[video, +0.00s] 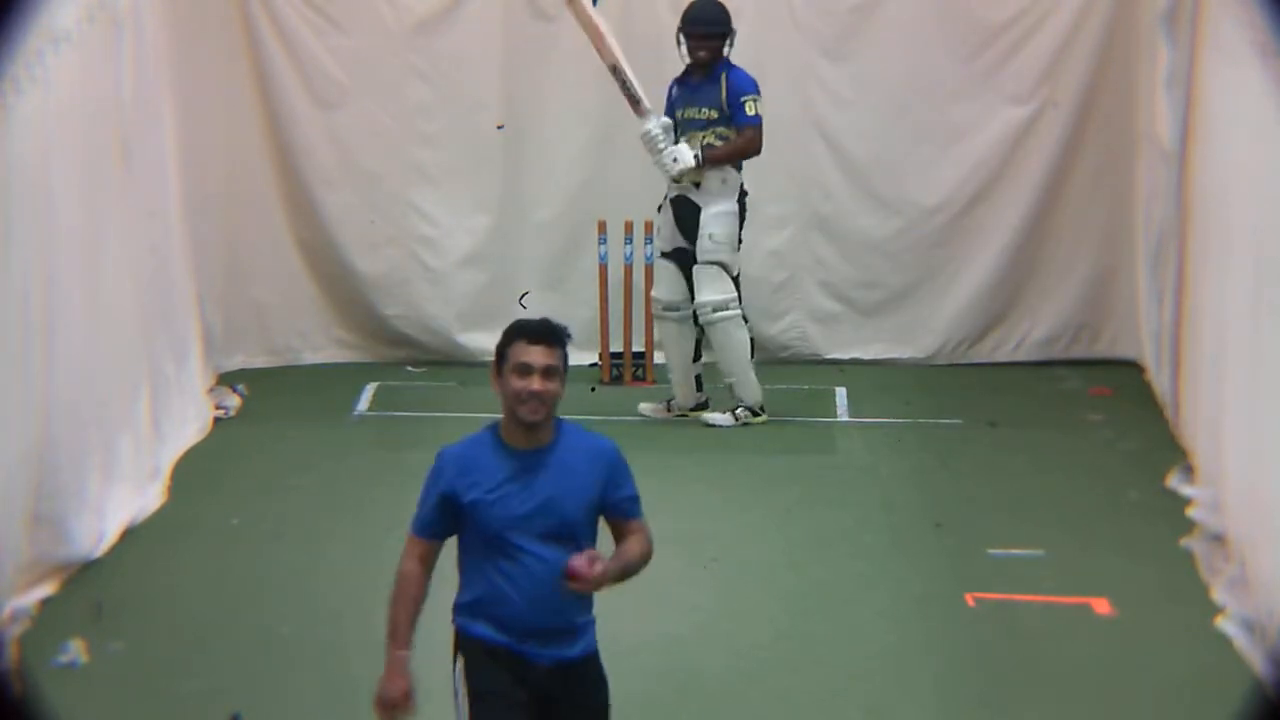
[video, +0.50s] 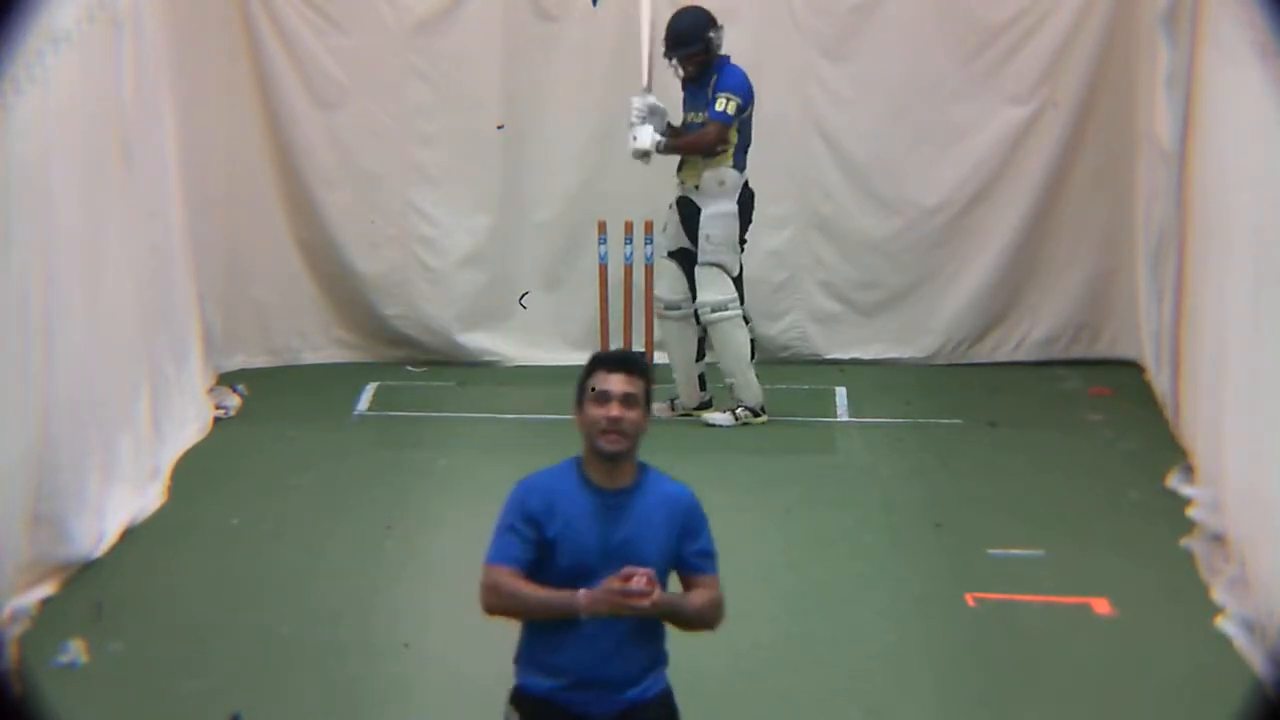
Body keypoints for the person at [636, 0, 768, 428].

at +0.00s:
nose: (700, 47)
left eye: (709, 40)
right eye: (692, 39)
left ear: (725, 40)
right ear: (683, 39)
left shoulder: (738, 83)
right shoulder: (678, 88)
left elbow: (752, 142)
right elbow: (670, 145)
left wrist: (699, 157)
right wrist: (659, 139)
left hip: (719, 200)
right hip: (679, 199)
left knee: (714, 296)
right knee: (671, 298)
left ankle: (749, 402)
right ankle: (686, 398)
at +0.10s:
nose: (702, 48)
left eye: (712, 41)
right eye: (695, 40)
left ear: (730, 41)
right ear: (687, 39)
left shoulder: (742, 82)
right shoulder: (685, 87)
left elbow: (754, 142)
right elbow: (678, 141)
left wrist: (700, 160)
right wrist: (664, 139)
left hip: (723, 199)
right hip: (684, 198)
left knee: (718, 297)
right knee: (670, 298)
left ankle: (749, 402)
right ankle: (686, 398)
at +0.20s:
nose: (703, 56)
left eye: (713, 48)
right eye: (697, 48)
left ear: (731, 46)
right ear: (688, 44)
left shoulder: (743, 82)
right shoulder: (694, 85)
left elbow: (749, 144)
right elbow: (687, 139)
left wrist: (695, 163)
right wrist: (667, 137)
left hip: (729, 201)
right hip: (692, 199)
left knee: (719, 297)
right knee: (667, 294)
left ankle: (749, 401)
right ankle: (686, 395)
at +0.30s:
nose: (700, 62)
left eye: (709, 54)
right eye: (694, 54)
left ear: (728, 47)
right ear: (686, 49)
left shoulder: (742, 82)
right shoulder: (699, 84)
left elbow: (742, 140)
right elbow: (689, 138)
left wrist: (685, 159)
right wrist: (665, 134)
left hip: (729, 201)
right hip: (694, 200)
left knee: (719, 297)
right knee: (667, 293)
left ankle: (749, 402)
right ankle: (687, 395)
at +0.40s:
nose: (693, 63)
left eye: (701, 55)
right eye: (687, 56)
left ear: (720, 47)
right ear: (681, 51)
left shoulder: (736, 81)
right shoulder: (699, 81)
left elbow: (727, 140)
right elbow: (698, 136)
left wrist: (674, 149)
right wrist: (667, 126)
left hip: (726, 202)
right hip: (694, 200)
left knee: (719, 298)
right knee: (671, 296)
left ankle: (749, 402)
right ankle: (689, 396)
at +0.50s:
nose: (682, 66)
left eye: (688, 57)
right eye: (677, 59)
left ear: (708, 48)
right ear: (675, 54)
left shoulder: (731, 79)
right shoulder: (693, 82)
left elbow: (714, 139)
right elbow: (693, 136)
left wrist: (662, 141)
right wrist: (662, 123)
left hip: (721, 202)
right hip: (689, 201)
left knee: (716, 298)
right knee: (674, 298)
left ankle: (749, 402)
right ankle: (691, 398)